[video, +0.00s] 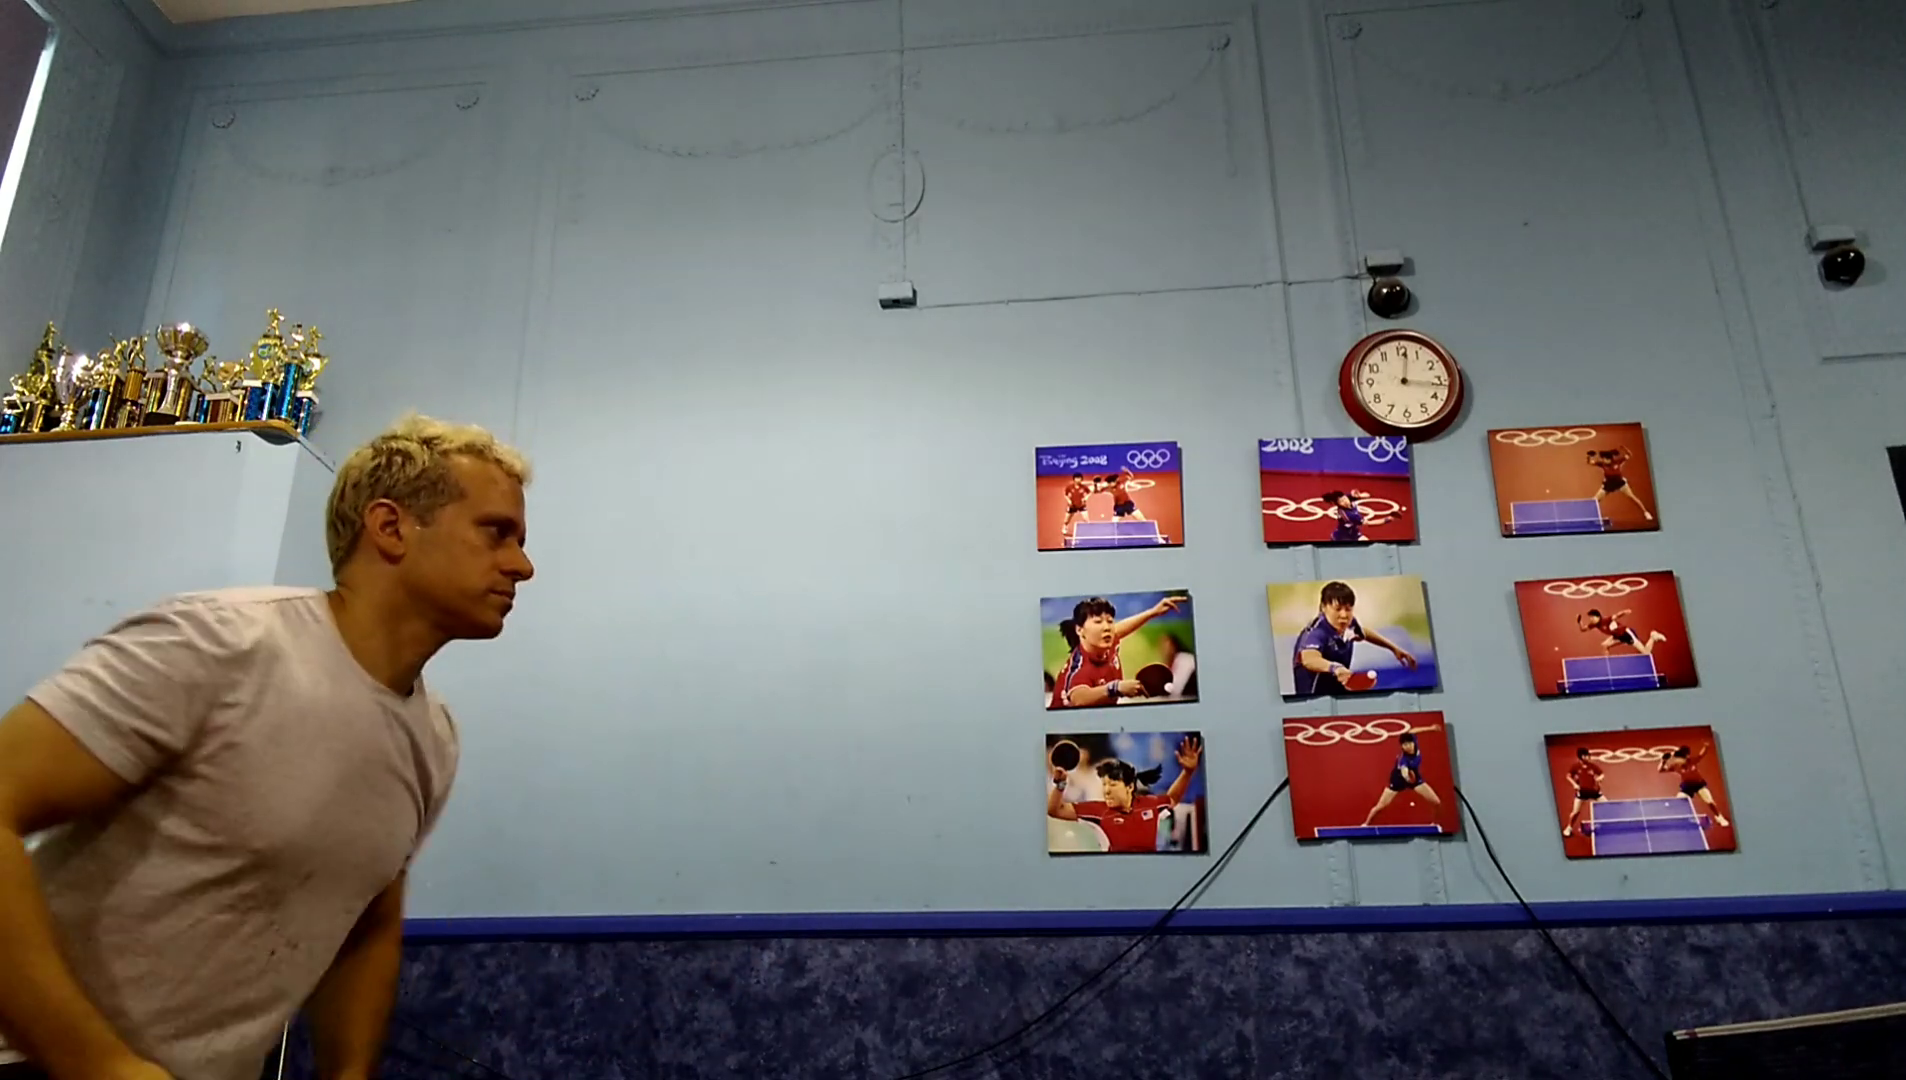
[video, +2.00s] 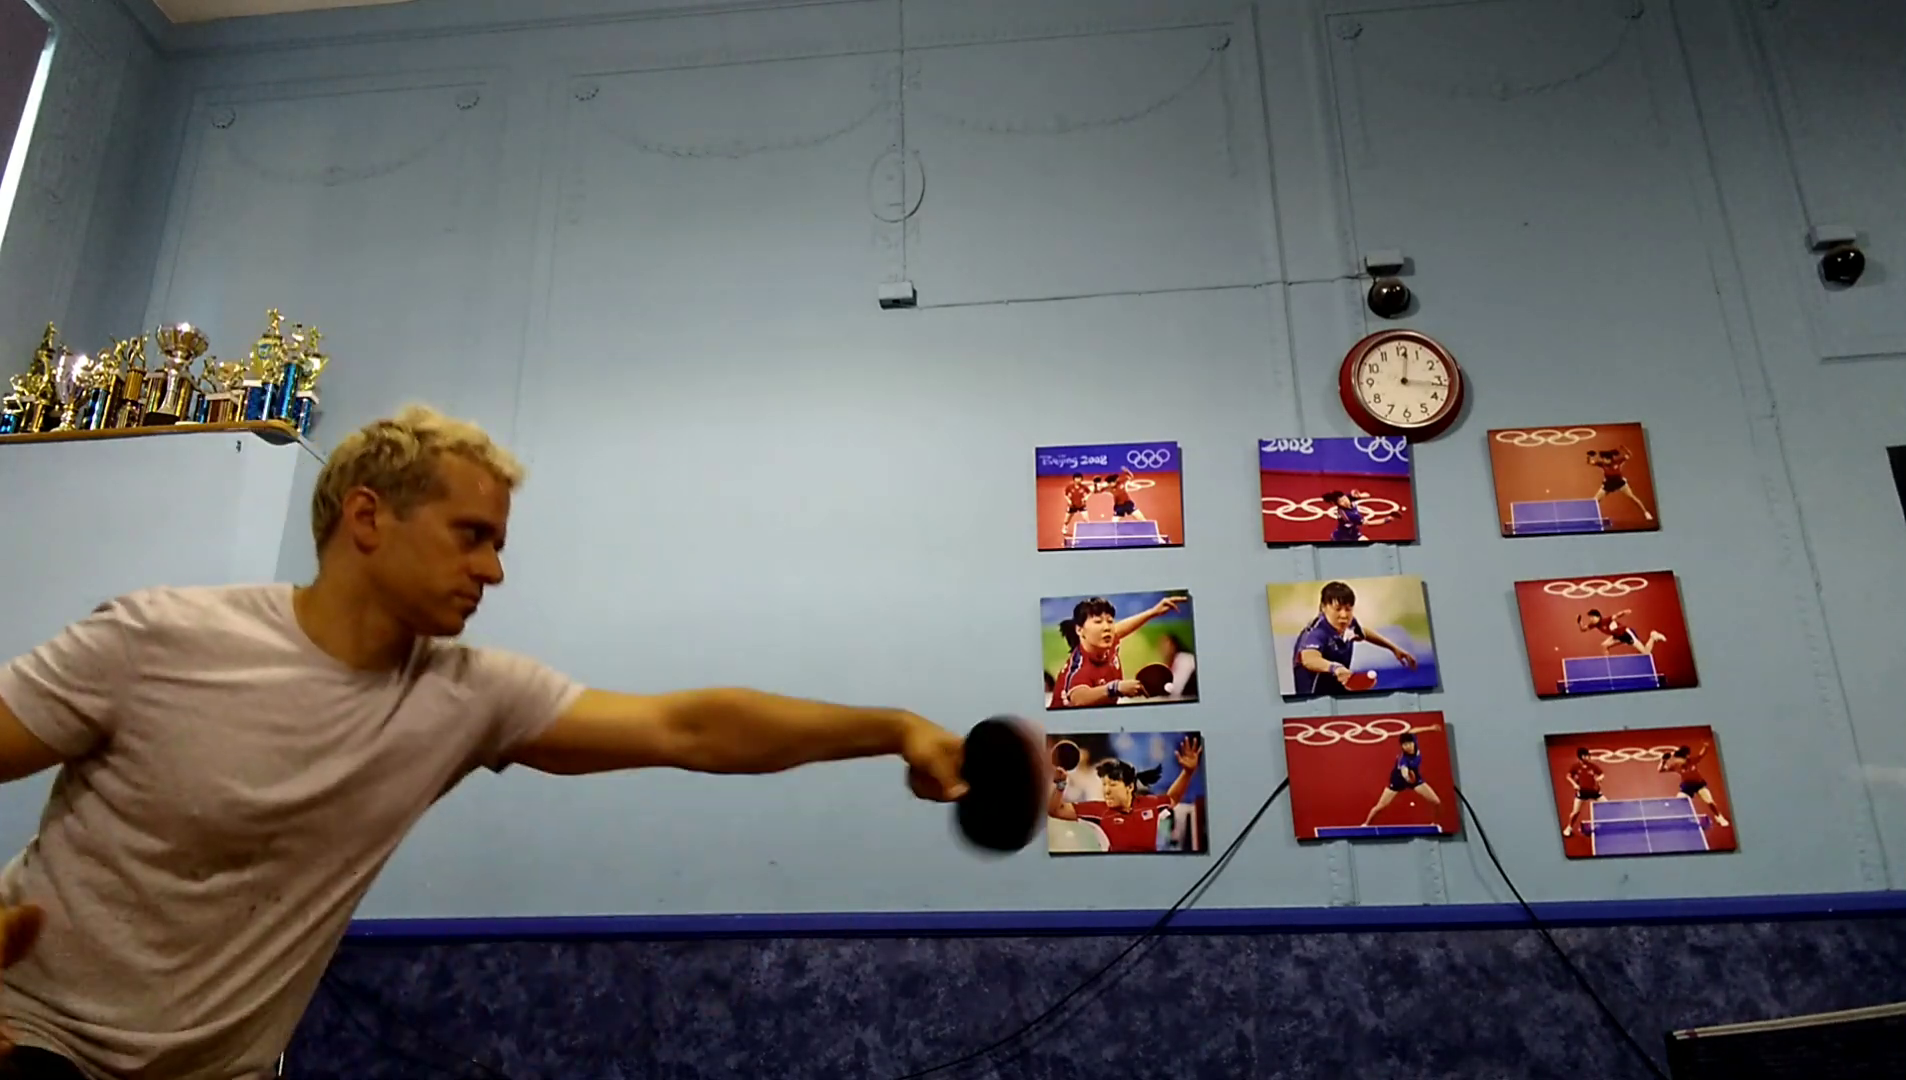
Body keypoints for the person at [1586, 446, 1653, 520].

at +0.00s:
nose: (1605, 461)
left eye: (1606, 460)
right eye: (1604, 460)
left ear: (1610, 459)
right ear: (1603, 459)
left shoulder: (1617, 462)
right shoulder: (1602, 464)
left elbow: (1629, 456)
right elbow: (1590, 463)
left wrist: (1624, 449)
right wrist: (1589, 457)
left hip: (1620, 482)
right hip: (1608, 483)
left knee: (1632, 497)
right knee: (1595, 499)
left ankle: (1645, 512)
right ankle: (1592, 519)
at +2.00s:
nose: (1605, 461)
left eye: (1606, 460)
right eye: (1603, 460)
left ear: (1610, 459)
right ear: (1603, 459)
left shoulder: (1617, 461)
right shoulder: (1602, 464)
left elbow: (1628, 457)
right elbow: (1590, 463)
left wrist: (1624, 449)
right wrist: (1590, 457)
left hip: (1620, 482)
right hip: (1608, 482)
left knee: (1632, 497)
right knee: (1596, 499)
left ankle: (1645, 512)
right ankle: (1593, 519)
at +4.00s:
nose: (1604, 461)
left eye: (1606, 460)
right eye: (1603, 460)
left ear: (1610, 458)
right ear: (1603, 459)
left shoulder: (1618, 462)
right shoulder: (1602, 464)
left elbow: (1629, 456)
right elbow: (1590, 463)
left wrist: (1624, 448)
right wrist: (1589, 457)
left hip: (1620, 482)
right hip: (1608, 483)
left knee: (1632, 497)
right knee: (1595, 499)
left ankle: (1645, 512)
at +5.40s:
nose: (1605, 461)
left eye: (1606, 459)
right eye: (1604, 459)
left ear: (1610, 458)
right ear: (1603, 459)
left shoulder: (1618, 462)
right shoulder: (1602, 464)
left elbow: (1629, 456)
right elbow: (1590, 463)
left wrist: (1624, 449)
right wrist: (1589, 456)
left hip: (1620, 482)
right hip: (1608, 483)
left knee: (1632, 497)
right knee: (1595, 499)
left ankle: (1645, 512)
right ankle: (1590, 519)